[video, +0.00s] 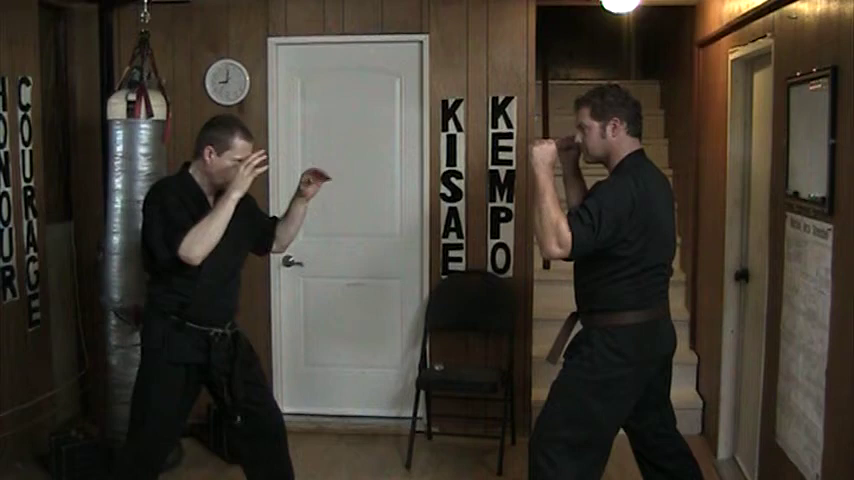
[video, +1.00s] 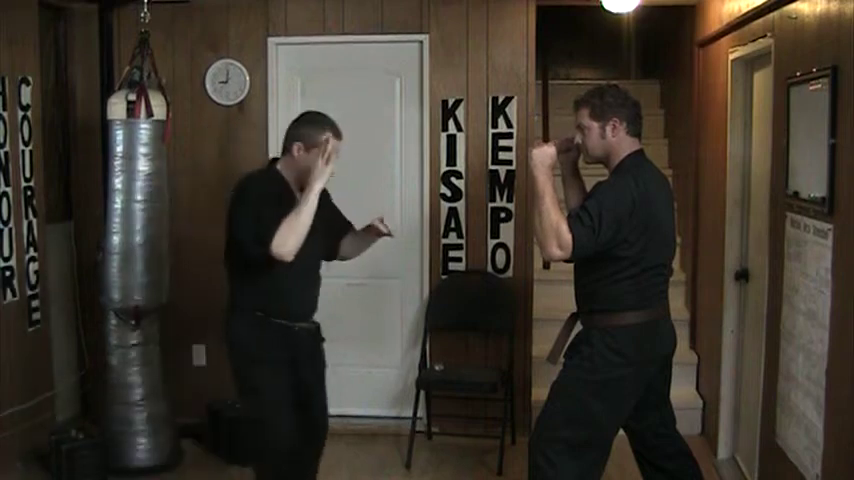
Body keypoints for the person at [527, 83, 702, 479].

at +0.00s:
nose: (580, 139)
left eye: (583, 129)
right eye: (578, 130)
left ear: (613, 128)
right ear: (619, 128)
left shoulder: (621, 186)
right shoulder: (654, 181)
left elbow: (558, 244)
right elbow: (587, 231)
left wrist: (542, 171)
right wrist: (572, 170)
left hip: (613, 342)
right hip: (652, 337)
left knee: (554, 452)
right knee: (660, 446)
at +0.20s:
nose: (579, 138)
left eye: (583, 129)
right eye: (578, 130)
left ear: (613, 127)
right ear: (619, 128)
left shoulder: (621, 186)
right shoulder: (654, 181)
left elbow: (558, 244)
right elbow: (588, 230)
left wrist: (542, 171)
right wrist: (571, 170)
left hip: (613, 342)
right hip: (652, 337)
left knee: (554, 452)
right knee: (660, 446)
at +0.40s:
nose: (579, 138)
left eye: (583, 129)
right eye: (578, 130)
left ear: (612, 127)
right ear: (619, 128)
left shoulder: (622, 186)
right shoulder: (654, 181)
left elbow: (558, 245)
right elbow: (588, 230)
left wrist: (542, 171)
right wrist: (571, 170)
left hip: (613, 342)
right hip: (652, 336)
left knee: (554, 451)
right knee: (660, 446)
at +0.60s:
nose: (579, 139)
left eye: (583, 129)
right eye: (578, 130)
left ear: (613, 127)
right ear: (619, 128)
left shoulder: (622, 186)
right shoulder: (653, 181)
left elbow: (559, 245)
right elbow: (587, 229)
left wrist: (542, 172)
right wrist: (571, 170)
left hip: (613, 342)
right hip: (651, 336)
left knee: (554, 451)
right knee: (660, 446)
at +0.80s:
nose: (579, 138)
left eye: (583, 129)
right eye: (578, 130)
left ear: (613, 128)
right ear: (619, 128)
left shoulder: (622, 186)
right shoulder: (653, 182)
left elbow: (559, 245)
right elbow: (587, 230)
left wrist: (542, 172)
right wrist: (571, 170)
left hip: (613, 342)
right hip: (651, 336)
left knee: (554, 452)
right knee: (660, 446)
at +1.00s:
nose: (580, 139)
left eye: (583, 130)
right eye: (578, 131)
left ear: (613, 128)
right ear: (618, 128)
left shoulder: (622, 186)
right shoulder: (653, 181)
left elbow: (559, 246)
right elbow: (587, 231)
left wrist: (542, 173)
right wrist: (571, 171)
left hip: (613, 342)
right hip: (651, 337)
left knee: (554, 451)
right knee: (660, 446)